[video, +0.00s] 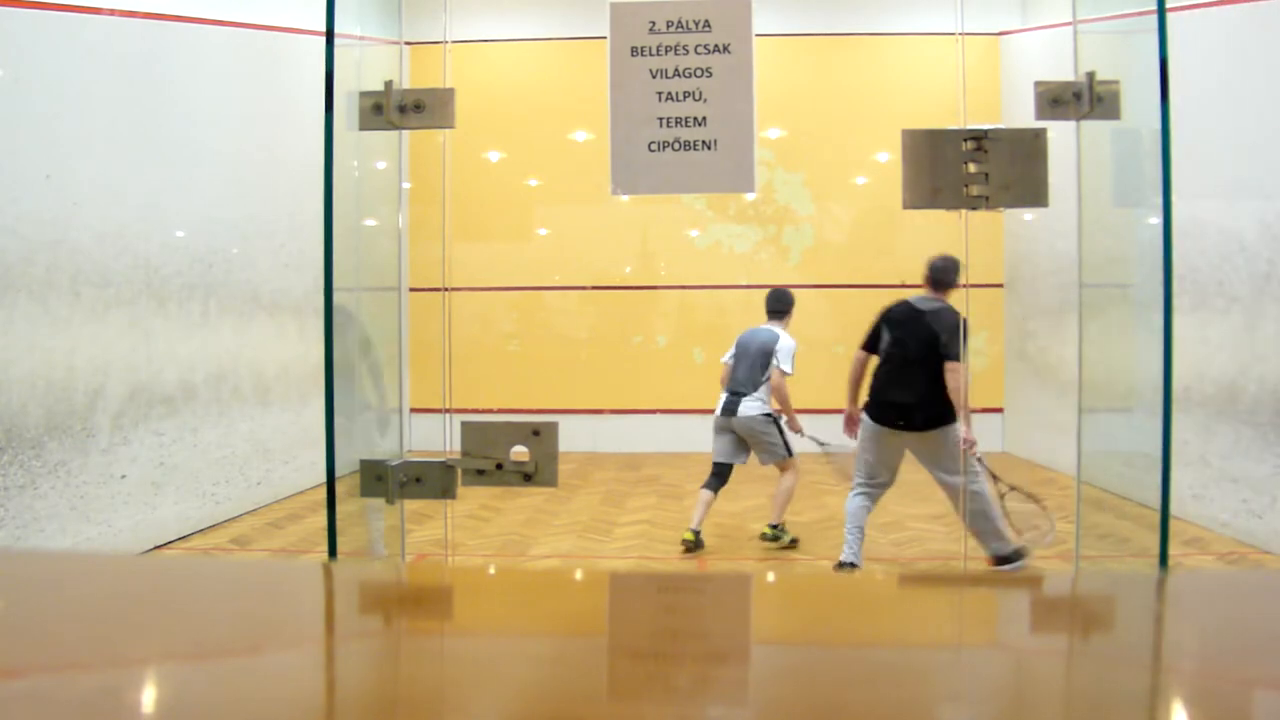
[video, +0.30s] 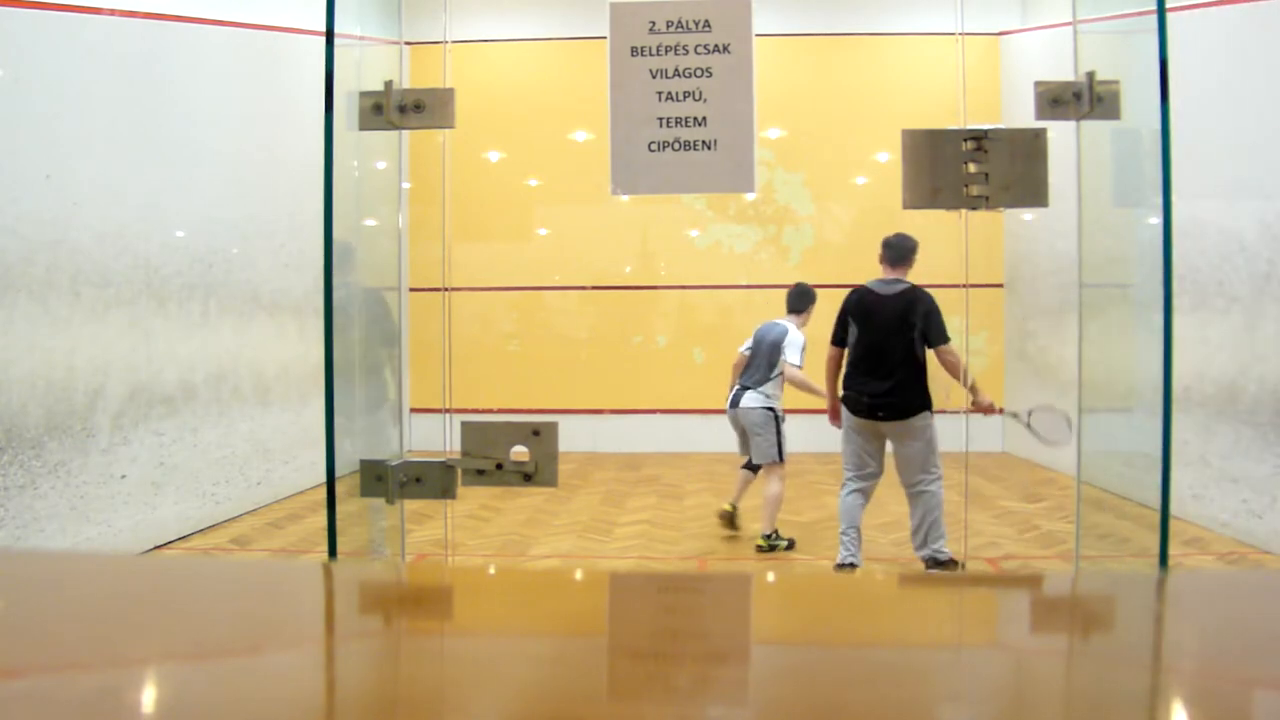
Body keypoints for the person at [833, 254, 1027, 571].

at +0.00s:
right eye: (955, 282)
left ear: (925, 279)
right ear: (954, 284)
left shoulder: (894, 312)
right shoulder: (951, 321)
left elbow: (861, 358)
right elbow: (954, 373)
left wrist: (851, 405)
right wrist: (965, 423)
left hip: (882, 414)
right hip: (931, 419)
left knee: (865, 486)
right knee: (966, 480)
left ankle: (849, 555)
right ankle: (1001, 549)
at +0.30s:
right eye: (913, 261)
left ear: (881, 259)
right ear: (912, 262)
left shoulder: (856, 297)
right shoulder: (920, 300)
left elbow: (835, 354)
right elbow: (944, 353)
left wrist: (832, 398)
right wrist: (975, 392)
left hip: (859, 405)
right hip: (908, 408)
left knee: (857, 480)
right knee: (923, 480)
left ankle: (847, 555)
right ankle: (934, 553)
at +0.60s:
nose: (899, 264)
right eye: (900, 260)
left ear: (868, 257)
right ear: (898, 261)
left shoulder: (842, 298)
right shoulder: (906, 299)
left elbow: (821, 350)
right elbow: (934, 351)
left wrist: (817, 396)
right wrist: (970, 379)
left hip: (849, 405)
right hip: (895, 407)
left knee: (847, 482)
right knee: (916, 476)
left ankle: (846, 553)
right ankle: (920, 546)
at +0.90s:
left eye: (876, 262)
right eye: (903, 266)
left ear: (872, 264)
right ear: (903, 268)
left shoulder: (847, 301)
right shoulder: (911, 306)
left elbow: (820, 350)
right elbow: (935, 362)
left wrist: (815, 396)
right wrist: (960, 397)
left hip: (852, 406)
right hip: (899, 408)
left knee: (841, 477)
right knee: (911, 480)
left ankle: (843, 547)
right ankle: (911, 547)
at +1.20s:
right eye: (912, 303)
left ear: (883, 305)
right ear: (912, 307)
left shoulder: (860, 337)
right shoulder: (916, 344)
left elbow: (839, 372)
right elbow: (937, 397)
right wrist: (958, 436)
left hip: (856, 431)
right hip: (899, 432)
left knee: (832, 496)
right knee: (940, 469)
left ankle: (809, 560)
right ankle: (937, 540)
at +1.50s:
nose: (1000, 328)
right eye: (1002, 324)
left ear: (976, 317)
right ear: (1001, 326)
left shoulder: (946, 336)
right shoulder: (990, 356)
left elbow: (900, 355)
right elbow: (1005, 410)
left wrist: (910, 389)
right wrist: (1027, 434)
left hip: (910, 417)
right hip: (948, 421)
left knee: (920, 479)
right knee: (987, 479)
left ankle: (902, 505)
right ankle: (974, 543)